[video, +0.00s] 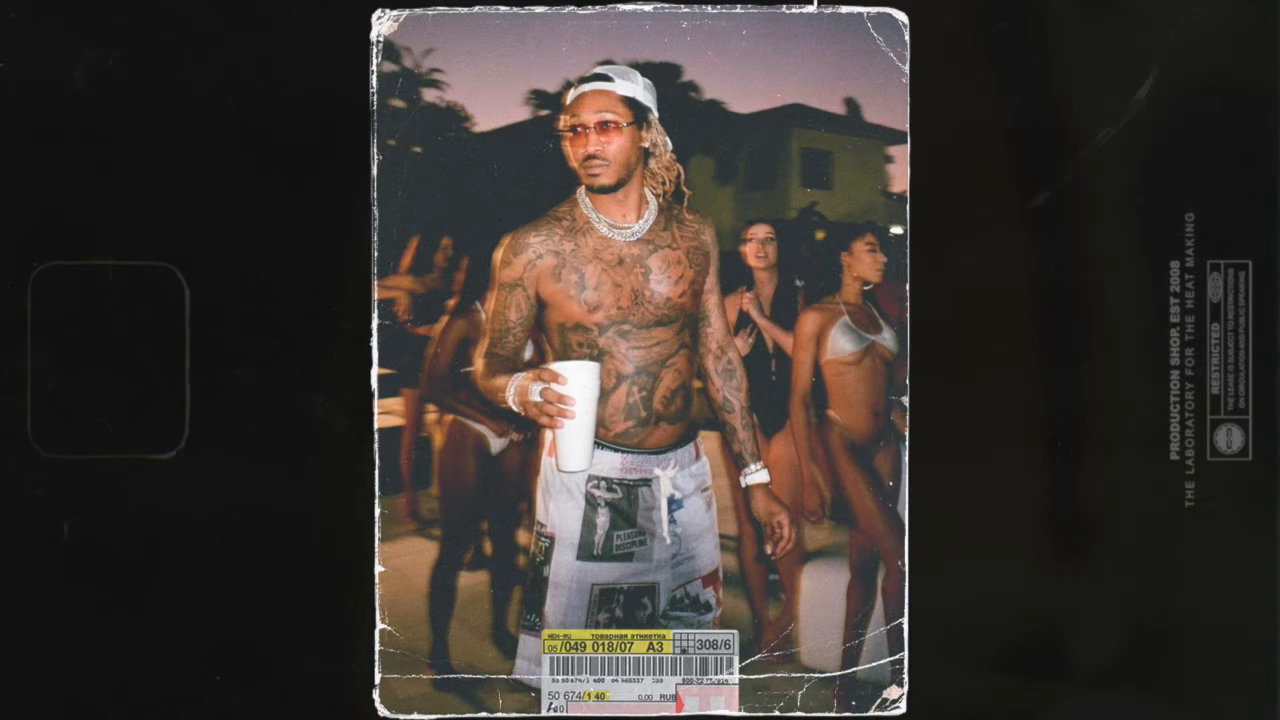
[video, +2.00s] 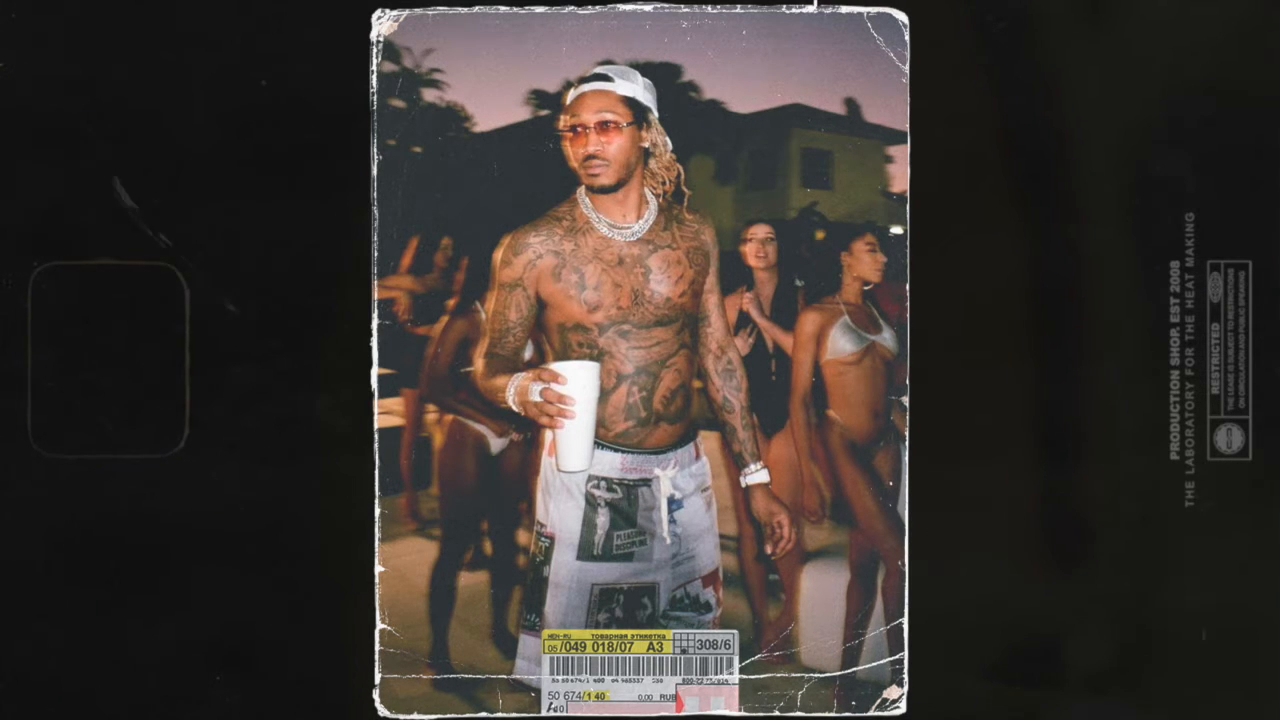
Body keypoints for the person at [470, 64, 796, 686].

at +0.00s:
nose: (590, 143)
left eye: (608, 126)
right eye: (576, 130)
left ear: (646, 138)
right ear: (565, 144)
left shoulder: (693, 236)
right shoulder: (532, 248)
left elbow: (720, 358)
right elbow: (491, 365)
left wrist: (756, 481)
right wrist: (516, 389)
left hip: (681, 477)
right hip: (582, 481)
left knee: (689, 662)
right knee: (574, 666)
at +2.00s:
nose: (590, 143)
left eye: (608, 126)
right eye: (576, 130)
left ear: (646, 139)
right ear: (565, 144)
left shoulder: (693, 235)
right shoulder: (533, 248)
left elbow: (720, 358)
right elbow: (491, 365)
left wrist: (756, 482)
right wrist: (517, 389)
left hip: (681, 476)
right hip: (583, 481)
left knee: (689, 661)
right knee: (574, 667)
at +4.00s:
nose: (590, 143)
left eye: (608, 126)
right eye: (576, 130)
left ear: (646, 138)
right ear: (565, 143)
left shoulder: (693, 236)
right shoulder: (532, 248)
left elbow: (720, 358)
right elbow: (490, 366)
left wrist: (756, 481)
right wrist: (516, 389)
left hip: (681, 477)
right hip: (582, 482)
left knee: (690, 663)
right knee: (573, 667)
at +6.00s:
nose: (590, 143)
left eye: (608, 126)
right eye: (576, 130)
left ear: (646, 138)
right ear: (565, 143)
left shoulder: (693, 235)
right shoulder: (532, 247)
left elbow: (720, 358)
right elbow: (491, 364)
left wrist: (756, 482)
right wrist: (516, 389)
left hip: (681, 476)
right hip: (583, 481)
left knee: (689, 663)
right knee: (573, 668)